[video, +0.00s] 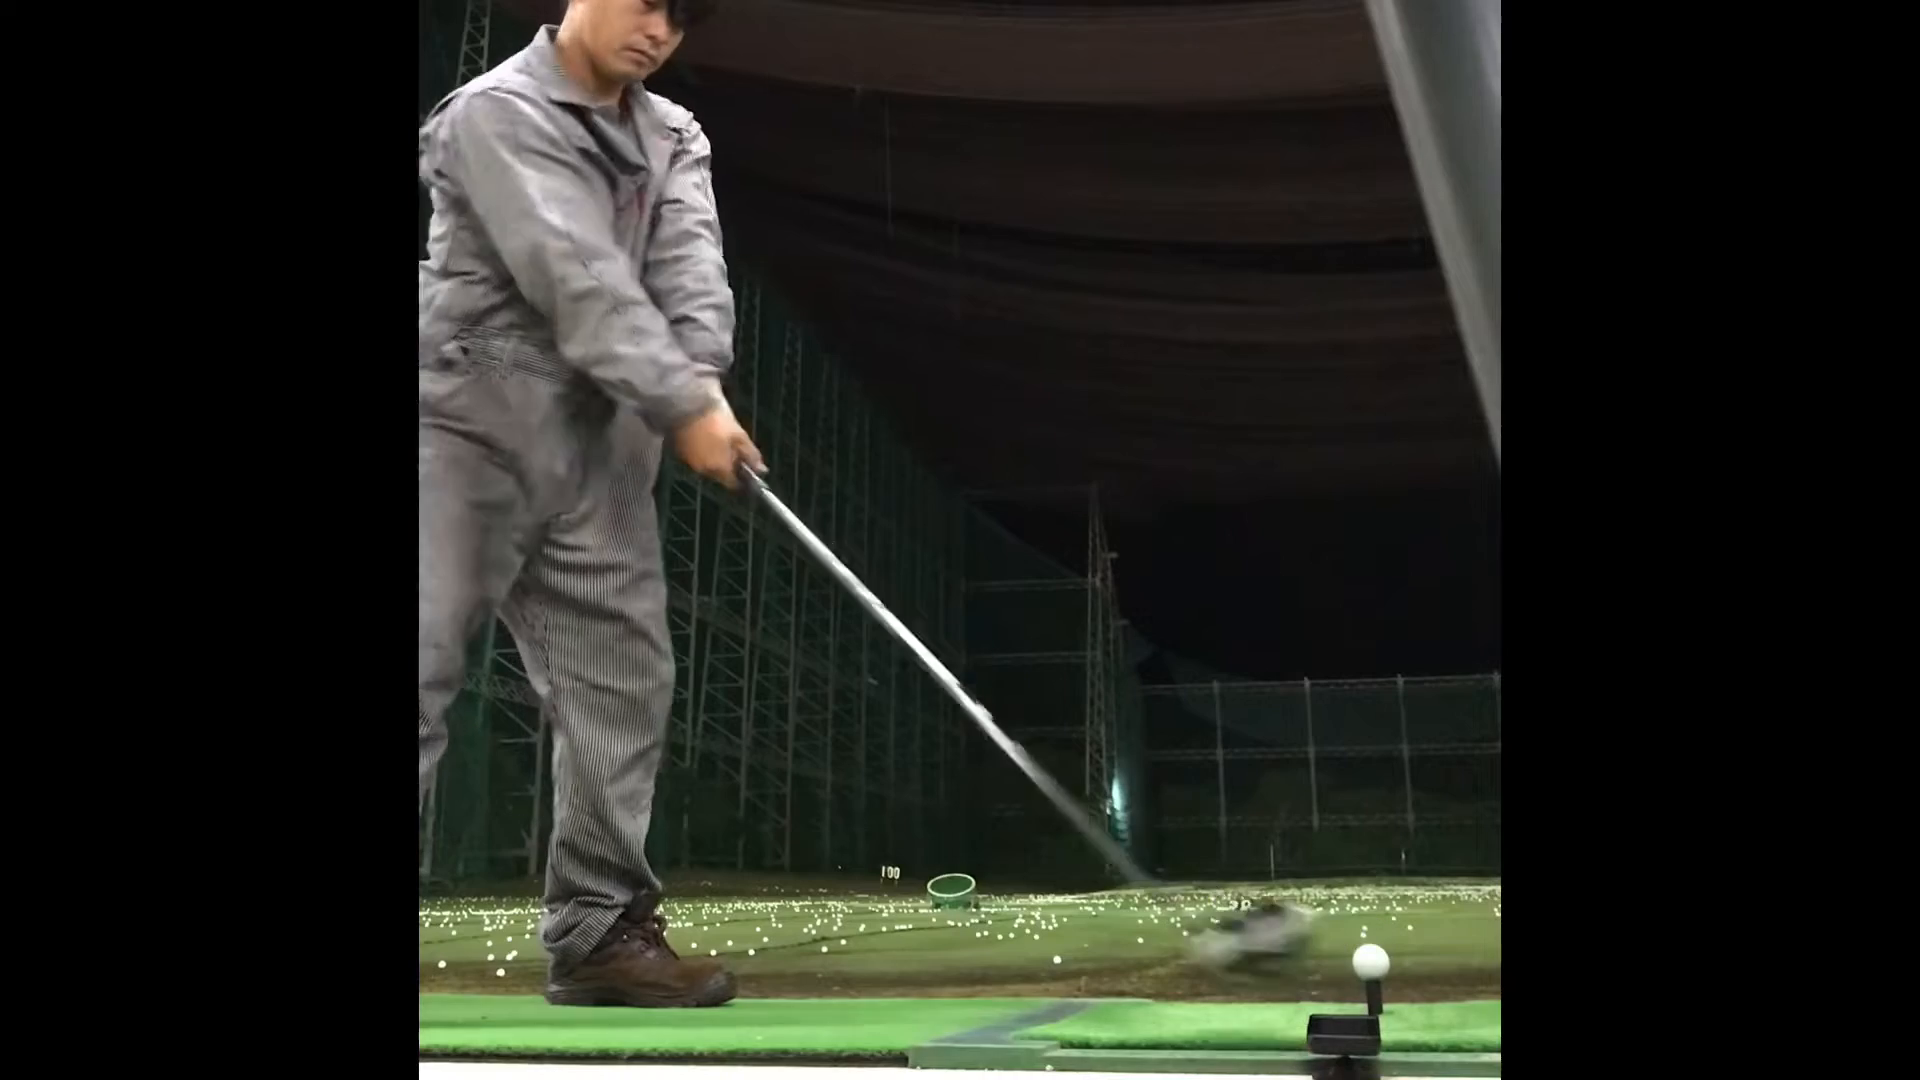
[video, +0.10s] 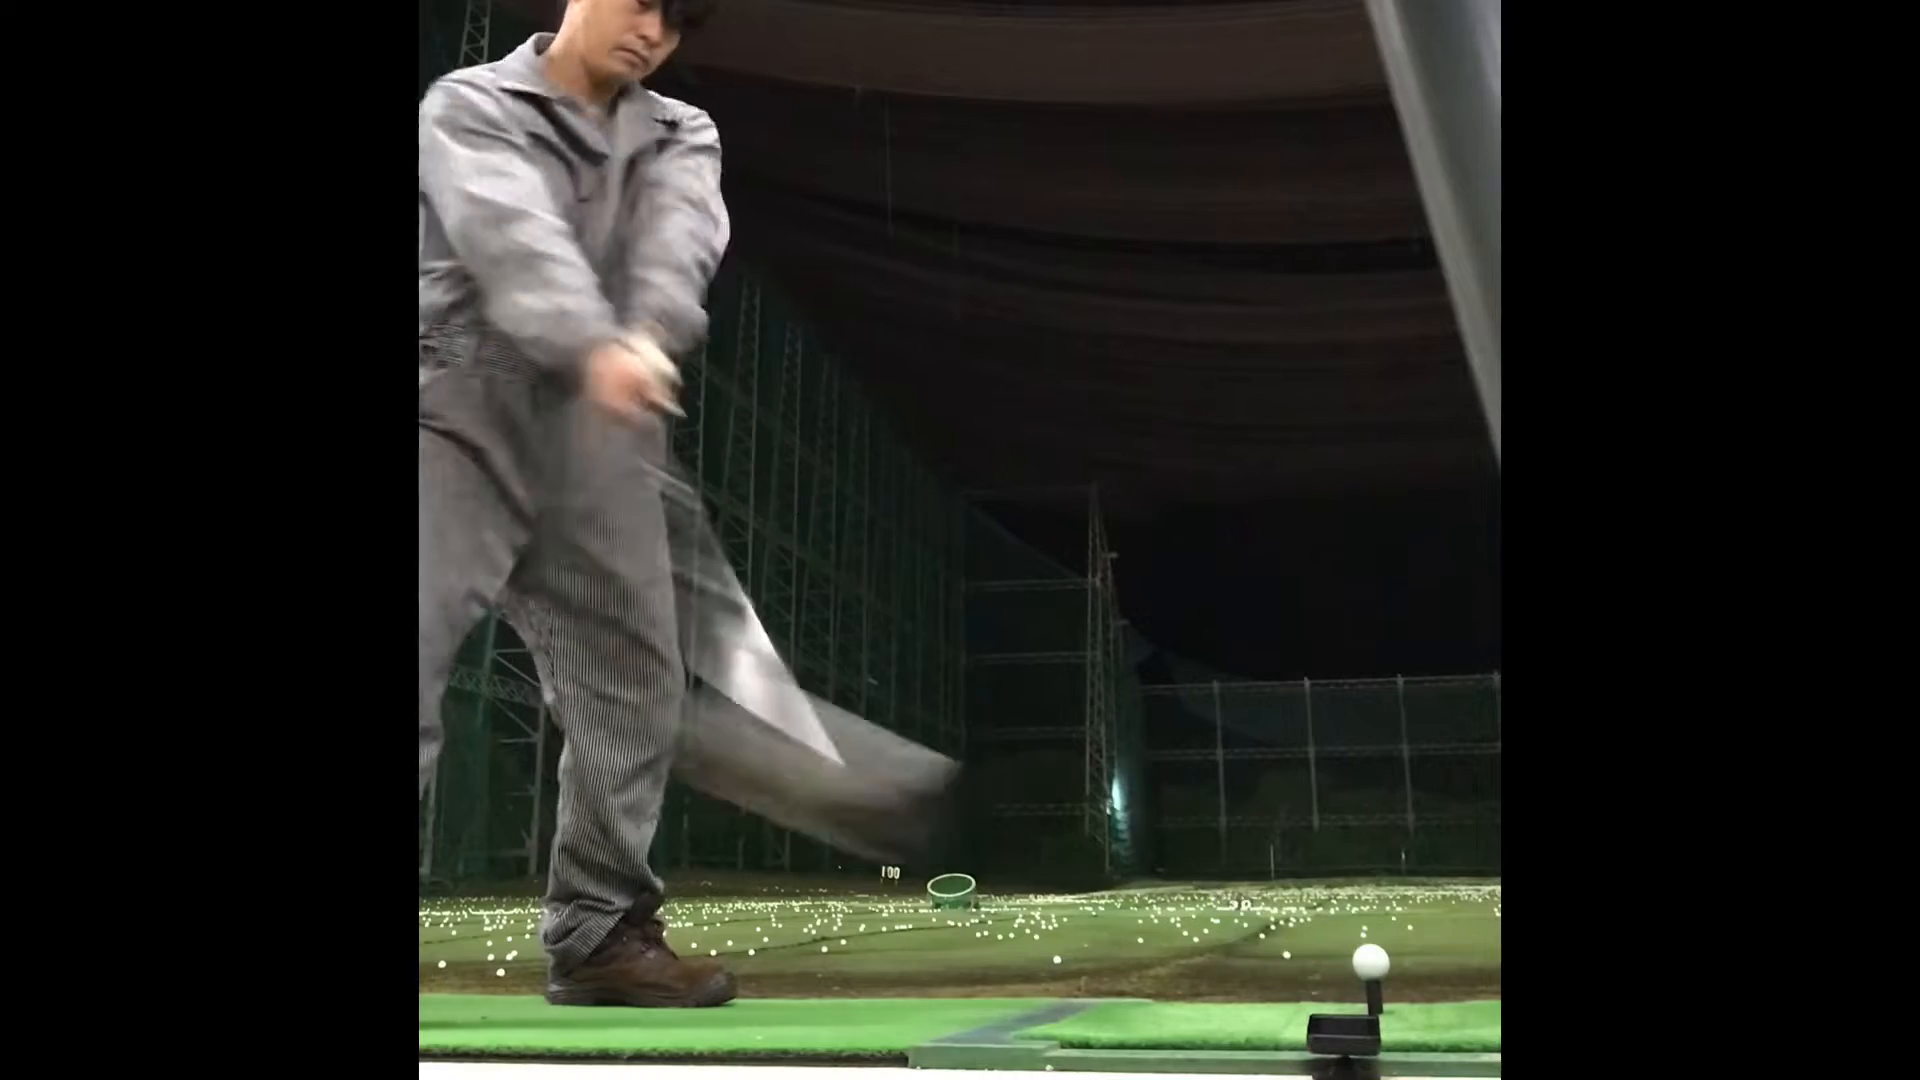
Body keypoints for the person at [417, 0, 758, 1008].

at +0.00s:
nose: (659, 28)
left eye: (672, 15)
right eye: (642, 4)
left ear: (674, 34)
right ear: (578, 3)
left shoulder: (675, 133)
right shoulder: (498, 111)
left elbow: (692, 264)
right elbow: (574, 277)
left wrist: (695, 385)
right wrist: (684, 405)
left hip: (602, 447)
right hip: (465, 433)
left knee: (621, 677)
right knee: (428, 679)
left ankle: (598, 936)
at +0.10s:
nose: (653, 30)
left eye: (670, 20)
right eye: (638, 5)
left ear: (673, 42)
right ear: (574, 2)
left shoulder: (682, 132)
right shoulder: (469, 105)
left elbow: (680, 240)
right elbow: (512, 236)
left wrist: (645, 335)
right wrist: (590, 342)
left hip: (604, 428)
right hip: (460, 421)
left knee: (629, 677)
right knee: (420, 656)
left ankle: (600, 935)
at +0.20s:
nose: (653, 33)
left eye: (672, 26)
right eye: (639, 7)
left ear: (676, 48)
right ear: (577, 2)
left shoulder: (685, 130)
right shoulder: (454, 95)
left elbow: (620, 194)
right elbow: (440, 178)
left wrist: (492, 228)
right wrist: (446, 225)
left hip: (591, 430)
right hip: (441, 413)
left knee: (634, 683)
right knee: (416, 640)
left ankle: (601, 936)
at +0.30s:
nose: (651, 30)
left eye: (672, 24)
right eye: (636, 5)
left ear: (678, 47)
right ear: (578, 4)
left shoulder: (677, 120)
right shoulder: (472, 84)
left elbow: (556, 108)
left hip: (572, 405)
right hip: (435, 386)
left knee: (624, 673)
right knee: (420, 620)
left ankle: (607, 930)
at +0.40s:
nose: (634, 24)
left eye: (647, 21)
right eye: (628, 7)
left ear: (656, 33)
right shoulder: (448, 77)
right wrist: (533, 31)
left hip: (533, 377)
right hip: (427, 378)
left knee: (610, 658)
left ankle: (622, 913)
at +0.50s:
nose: (621, 4)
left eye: (621, 2)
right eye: (626, 4)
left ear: (632, 13)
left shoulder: (606, 64)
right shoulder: (442, 72)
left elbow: (457, 3)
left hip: (506, 374)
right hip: (438, 382)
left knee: (603, 673)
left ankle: (652, 889)